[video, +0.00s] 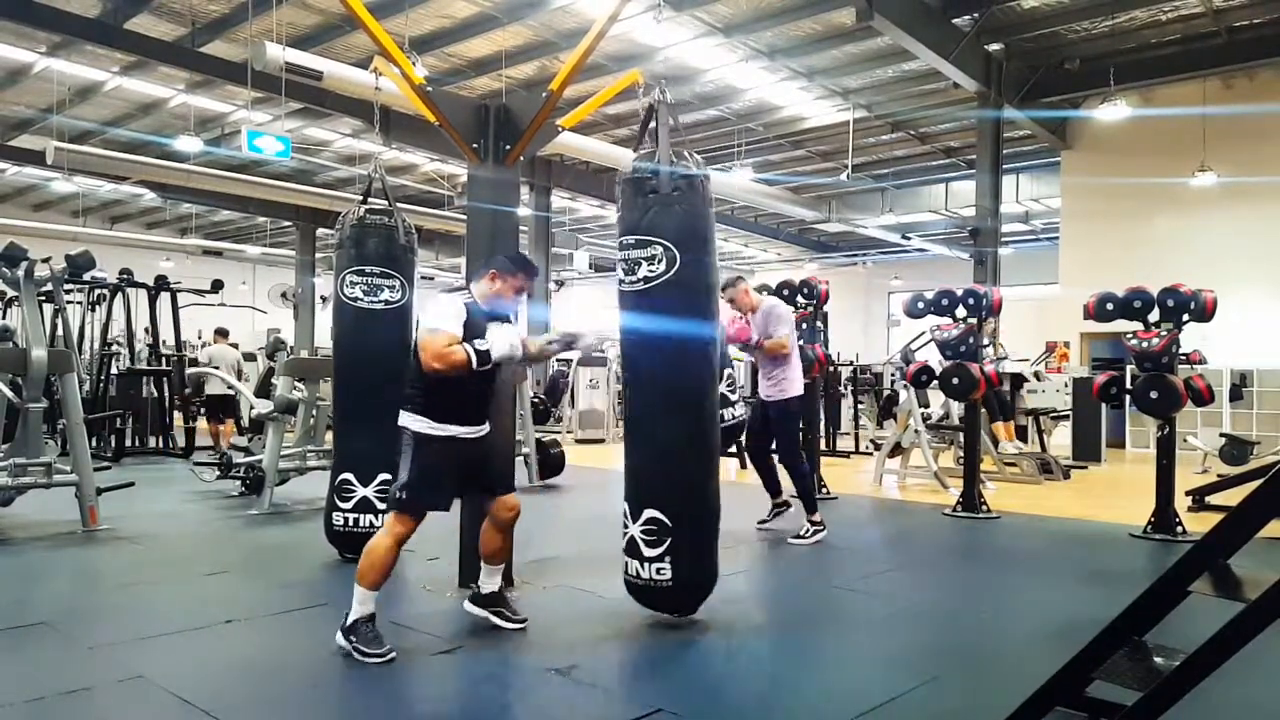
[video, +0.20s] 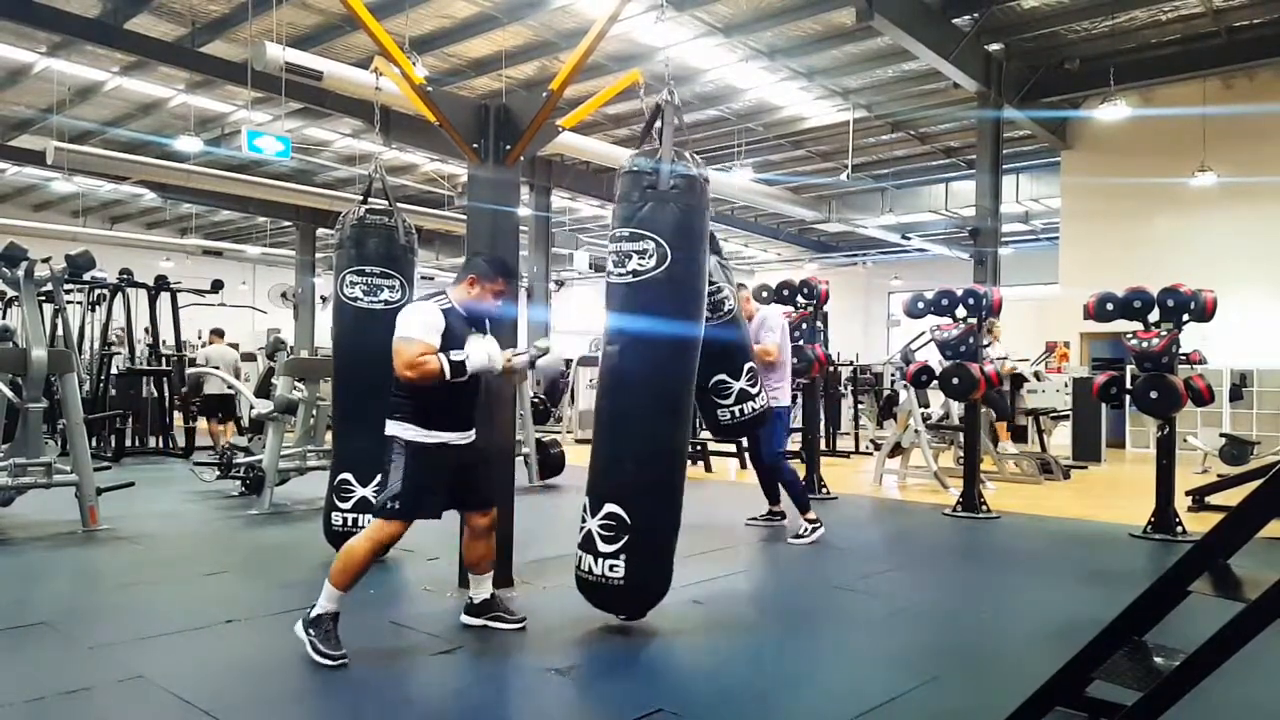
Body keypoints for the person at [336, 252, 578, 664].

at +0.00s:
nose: (519, 302)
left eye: (523, 295)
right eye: (517, 292)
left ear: (506, 286)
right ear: (494, 278)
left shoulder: (499, 319)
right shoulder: (445, 303)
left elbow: (517, 349)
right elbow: (435, 358)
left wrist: (553, 345)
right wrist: (490, 348)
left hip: (477, 435)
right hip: (429, 435)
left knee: (505, 509)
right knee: (400, 526)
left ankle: (487, 593)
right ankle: (357, 621)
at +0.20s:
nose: (496, 305)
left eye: (500, 298)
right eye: (494, 295)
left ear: (482, 288)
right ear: (473, 282)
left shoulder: (476, 324)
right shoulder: (423, 312)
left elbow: (478, 370)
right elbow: (409, 367)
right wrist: (471, 362)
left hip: (462, 442)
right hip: (415, 442)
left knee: (482, 517)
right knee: (388, 530)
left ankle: (480, 602)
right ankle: (320, 616)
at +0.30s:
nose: (479, 308)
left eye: (482, 301)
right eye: (478, 298)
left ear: (460, 290)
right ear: (456, 286)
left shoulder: (455, 328)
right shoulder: (408, 316)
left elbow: (451, 378)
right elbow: (399, 372)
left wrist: (478, 391)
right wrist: (458, 391)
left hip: (440, 447)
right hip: (393, 446)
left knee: (467, 524)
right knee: (370, 538)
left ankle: (480, 602)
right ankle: (304, 625)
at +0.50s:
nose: (452, 292)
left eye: (456, 284)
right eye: (451, 282)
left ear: (429, 273)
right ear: (427, 270)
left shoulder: (418, 310)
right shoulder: (383, 300)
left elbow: (411, 360)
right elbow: (370, 356)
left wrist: (444, 367)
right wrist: (429, 370)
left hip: (409, 431)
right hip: (362, 433)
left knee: (442, 501)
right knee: (344, 530)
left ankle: (430, 591)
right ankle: (305, 624)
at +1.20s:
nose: (500, 311)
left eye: (505, 303)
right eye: (500, 301)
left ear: (482, 289)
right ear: (478, 285)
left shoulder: (470, 321)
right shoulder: (428, 309)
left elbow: (471, 369)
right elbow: (427, 370)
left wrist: (502, 367)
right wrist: (477, 350)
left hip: (452, 437)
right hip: (406, 436)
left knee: (468, 517)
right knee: (382, 527)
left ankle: (459, 604)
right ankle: (318, 617)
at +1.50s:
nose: (507, 316)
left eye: (511, 309)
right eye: (506, 307)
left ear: (488, 296)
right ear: (482, 291)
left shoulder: (480, 329)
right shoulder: (433, 321)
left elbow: (483, 379)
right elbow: (441, 381)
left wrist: (518, 370)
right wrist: (499, 352)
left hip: (468, 446)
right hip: (425, 447)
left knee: (512, 506)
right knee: (407, 536)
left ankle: (495, 587)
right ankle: (367, 625)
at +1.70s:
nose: (535, 316)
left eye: (538, 309)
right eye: (533, 307)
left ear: (512, 299)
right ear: (508, 296)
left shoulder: (507, 332)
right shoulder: (465, 331)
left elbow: (518, 371)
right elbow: (461, 392)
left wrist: (546, 342)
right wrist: (514, 387)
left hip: (497, 449)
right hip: (456, 449)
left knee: (527, 521)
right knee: (439, 537)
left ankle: (544, 598)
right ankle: (375, 617)